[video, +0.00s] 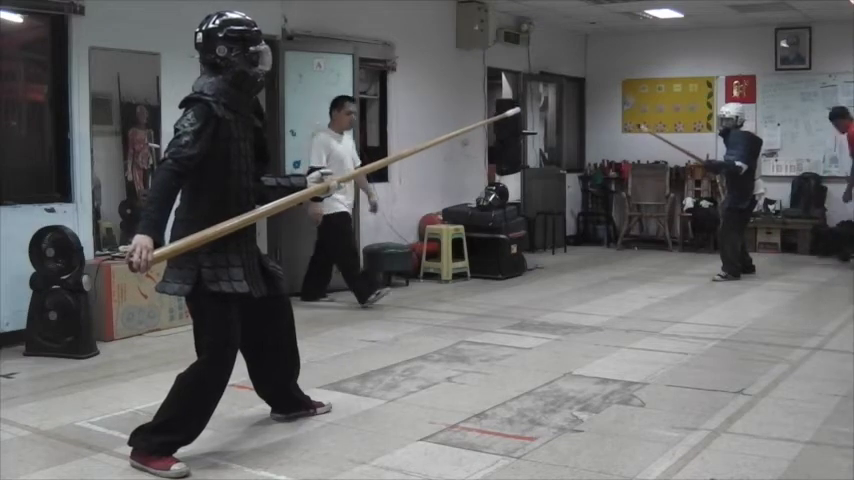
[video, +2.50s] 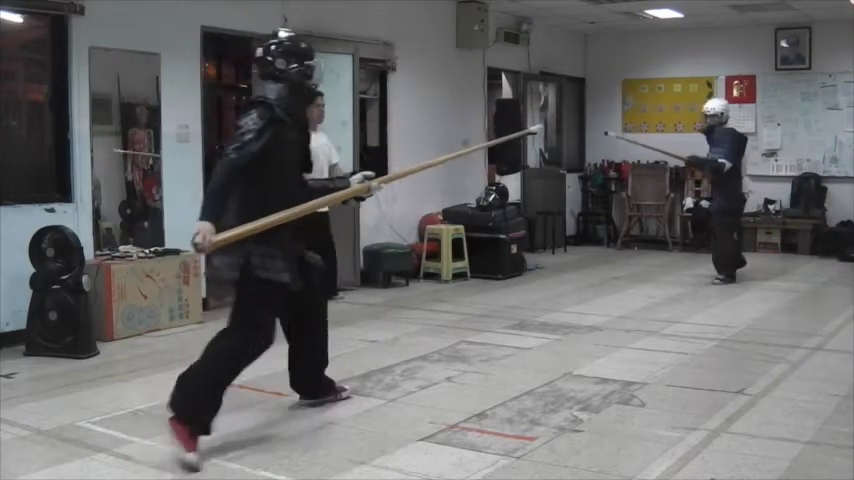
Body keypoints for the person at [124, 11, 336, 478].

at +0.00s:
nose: (257, 56)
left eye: (257, 48)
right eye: (246, 48)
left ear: (253, 52)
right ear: (218, 52)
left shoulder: (245, 106)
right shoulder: (207, 104)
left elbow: (250, 184)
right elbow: (171, 168)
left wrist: (303, 185)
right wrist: (147, 232)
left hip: (238, 242)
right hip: (205, 245)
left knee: (272, 314)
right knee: (218, 355)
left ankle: (286, 399)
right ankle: (152, 446)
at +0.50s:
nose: (255, 56)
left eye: (255, 47)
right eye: (244, 48)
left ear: (249, 52)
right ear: (216, 53)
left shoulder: (242, 108)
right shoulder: (204, 105)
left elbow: (247, 184)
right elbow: (168, 168)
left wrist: (301, 184)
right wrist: (146, 232)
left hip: (237, 243)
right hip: (204, 247)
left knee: (272, 314)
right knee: (218, 354)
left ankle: (286, 399)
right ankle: (152, 446)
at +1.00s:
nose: (254, 56)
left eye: (254, 48)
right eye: (243, 49)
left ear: (243, 53)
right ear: (215, 53)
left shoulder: (240, 106)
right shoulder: (202, 104)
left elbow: (246, 183)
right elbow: (167, 168)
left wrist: (301, 184)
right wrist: (144, 233)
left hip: (237, 244)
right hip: (204, 247)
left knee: (271, 315)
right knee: (217, 355)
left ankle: (286, 399)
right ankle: (152, 446)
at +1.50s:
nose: (253, 55)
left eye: (253, 47)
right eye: (241, 47)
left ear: (246, 53)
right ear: (214, 53)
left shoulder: (239, 108)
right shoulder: (201, 107)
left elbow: (246, 184)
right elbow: (166, 170)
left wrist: (301, 184)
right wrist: (144, 233)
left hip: (237, 245)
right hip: (204, 249)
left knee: (271, 316)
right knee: (217, 356)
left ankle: (285, 398)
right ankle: (152, 446)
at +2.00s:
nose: (253, 57)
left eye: (253, 49)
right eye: (242, 49)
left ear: (245, 54)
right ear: (213, 53)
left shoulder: (239, 108)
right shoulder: (200, 106)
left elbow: (246, 184)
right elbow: (165, 168)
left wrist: (300, 184)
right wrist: (144, 232)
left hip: (237, 245)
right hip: (203, 249)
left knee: (271, 315)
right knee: (216, 356)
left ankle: (286, 399)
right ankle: (152, 446)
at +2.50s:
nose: (311, 79)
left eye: (310, 71)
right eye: (303, 71)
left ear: (288, 75)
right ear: (282, 74)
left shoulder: (292, 120)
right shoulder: (263, 117)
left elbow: (293, 189)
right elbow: (229, 165)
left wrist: (345, 187)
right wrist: (208, 219)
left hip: (288, 241)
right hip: (259, 243)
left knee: (308, 307)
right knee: (251, 332)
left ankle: (311, 382)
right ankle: (187, 410)